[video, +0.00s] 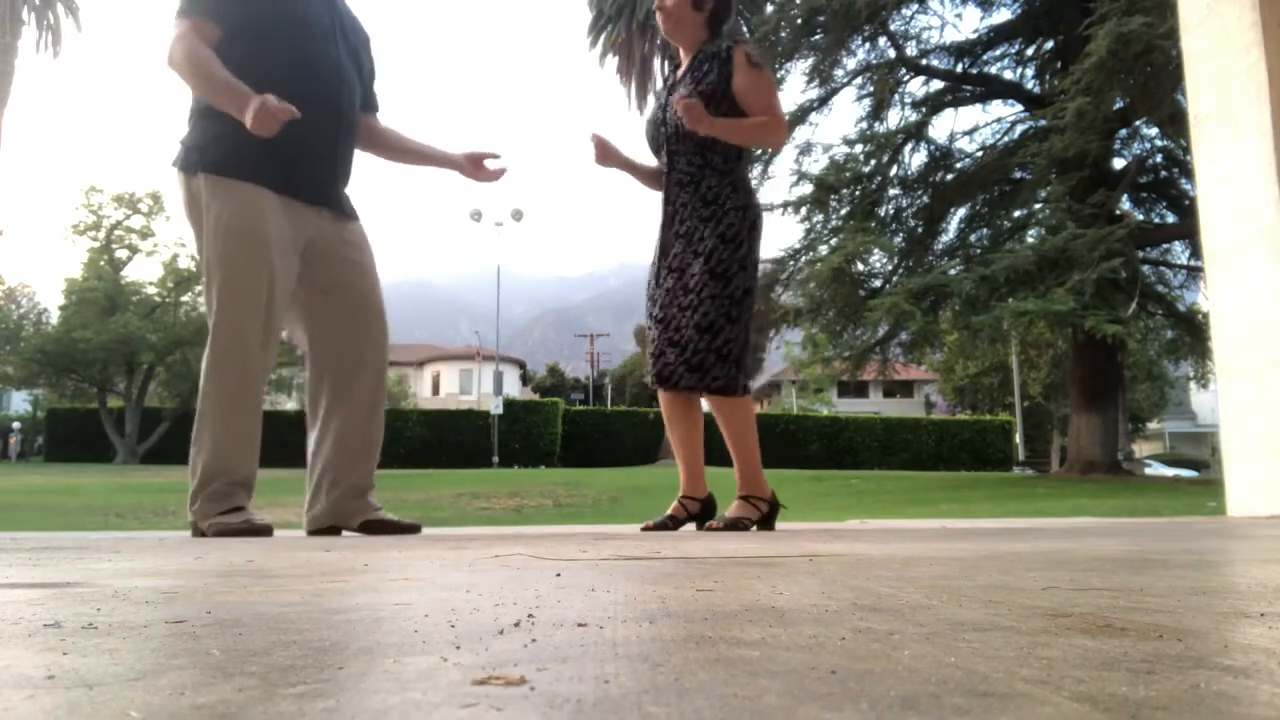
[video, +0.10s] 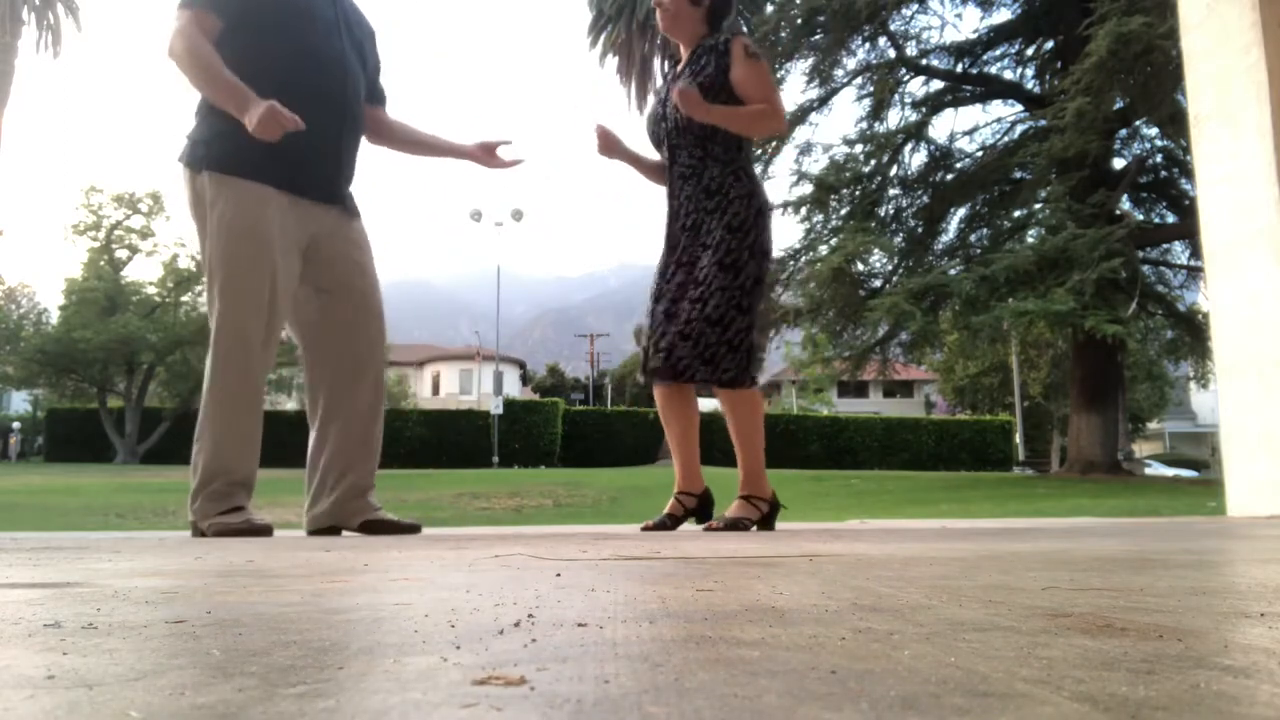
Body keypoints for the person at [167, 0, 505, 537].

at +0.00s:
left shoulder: (352, 28)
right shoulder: (235, 2)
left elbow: (361, 126)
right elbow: (184, 48)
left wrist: (452, 159)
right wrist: (246, 103)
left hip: (323, 198)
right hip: (239, 178)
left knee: (355, 340)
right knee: (243, 339)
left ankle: (340, 505)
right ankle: (219, 507)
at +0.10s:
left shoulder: (356, 23)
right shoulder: (236, 1)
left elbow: (374, 122)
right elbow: (185, 40)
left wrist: (465, 150)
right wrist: (249, 106)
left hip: (328, 196)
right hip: (245, 177)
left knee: (354, 346)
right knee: (245, 340)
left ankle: (341, 505)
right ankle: (219, 507)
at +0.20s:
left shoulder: (363, 17)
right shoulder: (237, 0)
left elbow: (388, 116)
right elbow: (188, 34)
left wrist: (476, 138)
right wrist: (247, 107)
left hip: (331, 192)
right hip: (247, 176)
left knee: (341, 346)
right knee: (237, 342)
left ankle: (341, 505)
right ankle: (219, 507)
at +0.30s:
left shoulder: (365, 16)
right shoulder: (242, 2)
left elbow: (402, 115)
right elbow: (196, 37)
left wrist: (491, 138)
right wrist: (238, 119)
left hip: (332, 192)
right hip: (248, 175)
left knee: (341, 348)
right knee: (236, 344)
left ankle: (340, 504)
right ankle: (219, 505)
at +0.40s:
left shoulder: (370, 20)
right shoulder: (252, 2)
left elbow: (412, 121)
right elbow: (206, 44)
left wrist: (513, 145)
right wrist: (221, 132)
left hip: (331, 199)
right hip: (248, 177)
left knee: (371, 327)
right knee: (237, 342)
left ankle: (350, 500)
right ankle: (218, 505)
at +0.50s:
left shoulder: (381, 24)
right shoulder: (262, 4)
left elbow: (422, 127)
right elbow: (201, 43)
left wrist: (515, 139)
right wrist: (212, 110)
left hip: (344, 204)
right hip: (258, 182)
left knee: (375, 342)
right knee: (240, 348)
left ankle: (352, 500)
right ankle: (218, 505)